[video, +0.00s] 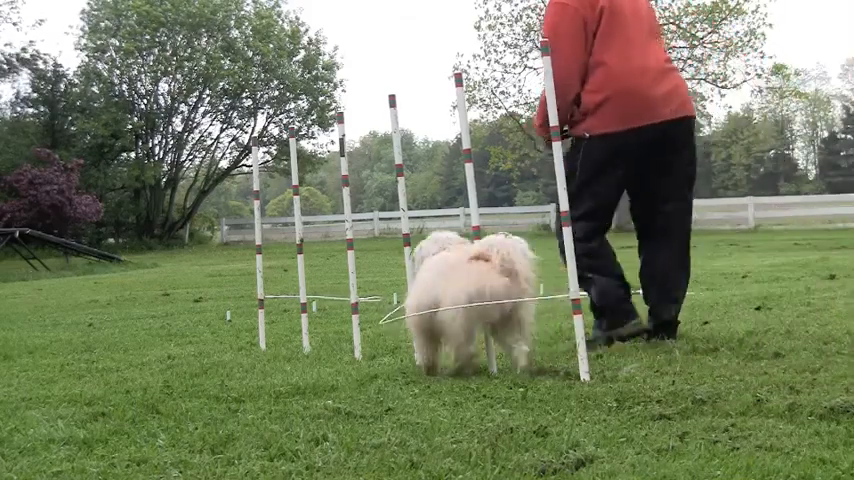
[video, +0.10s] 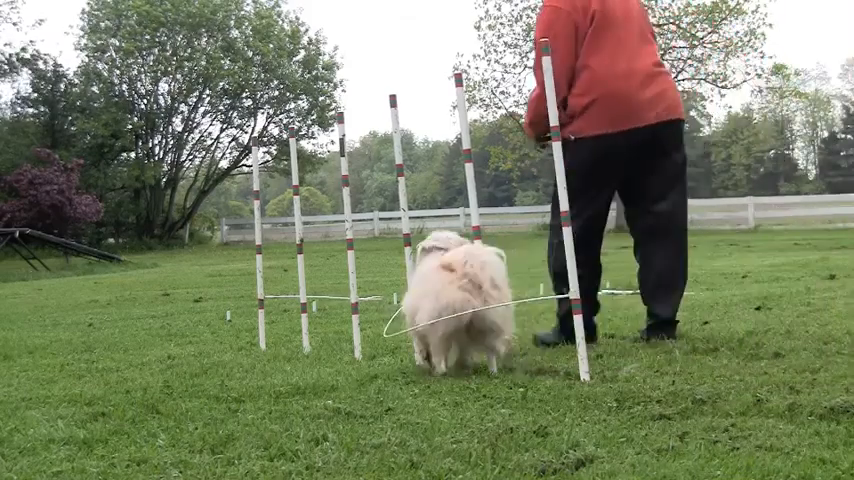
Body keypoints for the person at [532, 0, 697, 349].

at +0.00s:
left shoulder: (567, 4)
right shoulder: (637, 5)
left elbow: (565, 76)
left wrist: (546, 124)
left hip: (612, 116)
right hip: (673, 107)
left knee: (579, 227)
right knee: (665, 221)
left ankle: (616, 316)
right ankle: (665, 321)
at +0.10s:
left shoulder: (559, 6)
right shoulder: (630, 5)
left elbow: (552, 77)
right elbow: (640, 60)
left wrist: (536, 125)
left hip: (596, 116)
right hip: (660, 108)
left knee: (576, 225)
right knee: (660, 221)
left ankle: (575, 325)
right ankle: (663, 323)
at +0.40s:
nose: (501, 10)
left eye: (500, 3)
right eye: (498, 5)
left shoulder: (517, 29)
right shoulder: (591, 19)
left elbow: (507, 101)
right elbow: (614, 74)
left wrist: (494, 146)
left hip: (547, 146)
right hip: (611, 140)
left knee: (537, 240)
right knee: (609, 234)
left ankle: (539, 329)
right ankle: (635, 294)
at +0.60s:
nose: (485, 15)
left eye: (483, 9)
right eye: (481, 10)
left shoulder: (500, 27)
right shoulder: (573, 19)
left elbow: (489, 98)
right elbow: (599, 78)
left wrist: (481, 146)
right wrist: (600, 125)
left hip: (533, 138)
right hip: (596, 136)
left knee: (526, 235)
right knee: (576, 227)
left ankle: (538, 330)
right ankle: (594, 314)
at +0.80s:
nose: (478, 20)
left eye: (476, 12)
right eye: (474, 14)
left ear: (489, 1)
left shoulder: (496, 29)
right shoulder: (563, 22)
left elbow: (488, 99)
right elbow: (586, 78)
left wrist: (478, 147)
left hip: (533, 137)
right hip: (590, 132)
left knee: (523, 235)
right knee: (572, 229)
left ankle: (539, 331)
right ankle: (572, 319)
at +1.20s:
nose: (486, 36)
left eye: (483, 28)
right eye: (481, 32)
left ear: (495, 10)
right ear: (518, 6)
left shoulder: (504, 40)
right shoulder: (563, 34)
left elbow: (495, 112)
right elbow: (578, 90)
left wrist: (482, 157)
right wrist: (521, 142)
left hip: (542, 146)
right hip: (595, 140)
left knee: (522, 240)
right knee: (579, 240)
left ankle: (540, 317)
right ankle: (579, 319)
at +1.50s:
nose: (470, 41)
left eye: (469, 33)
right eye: (467, 35)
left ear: (480, 21)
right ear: (506, 16)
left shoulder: (484, 51)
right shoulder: (549, 43)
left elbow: (479, 117)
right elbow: (575, 92)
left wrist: (479, 163)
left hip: (524, 150)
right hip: (582, 144)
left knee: (501, 235)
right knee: (572, 234)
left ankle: (499, 322)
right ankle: (577, 319)